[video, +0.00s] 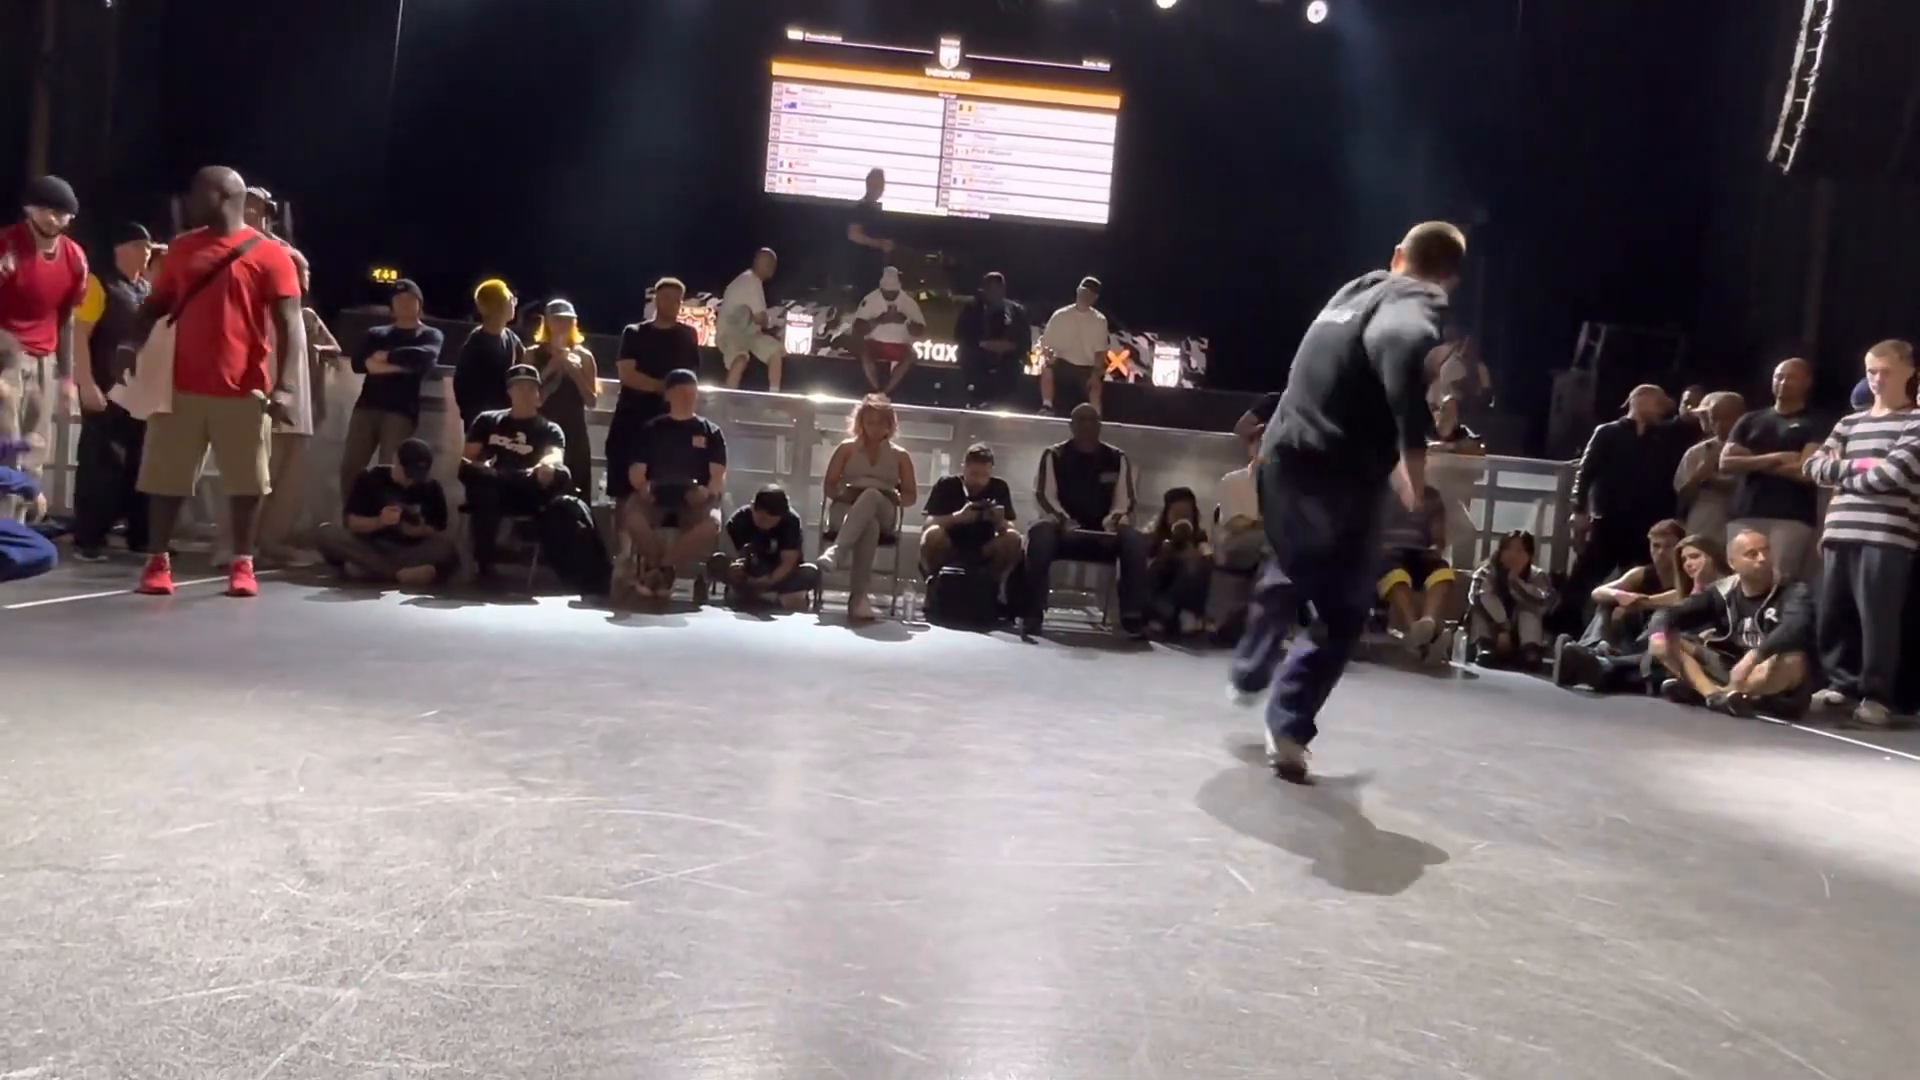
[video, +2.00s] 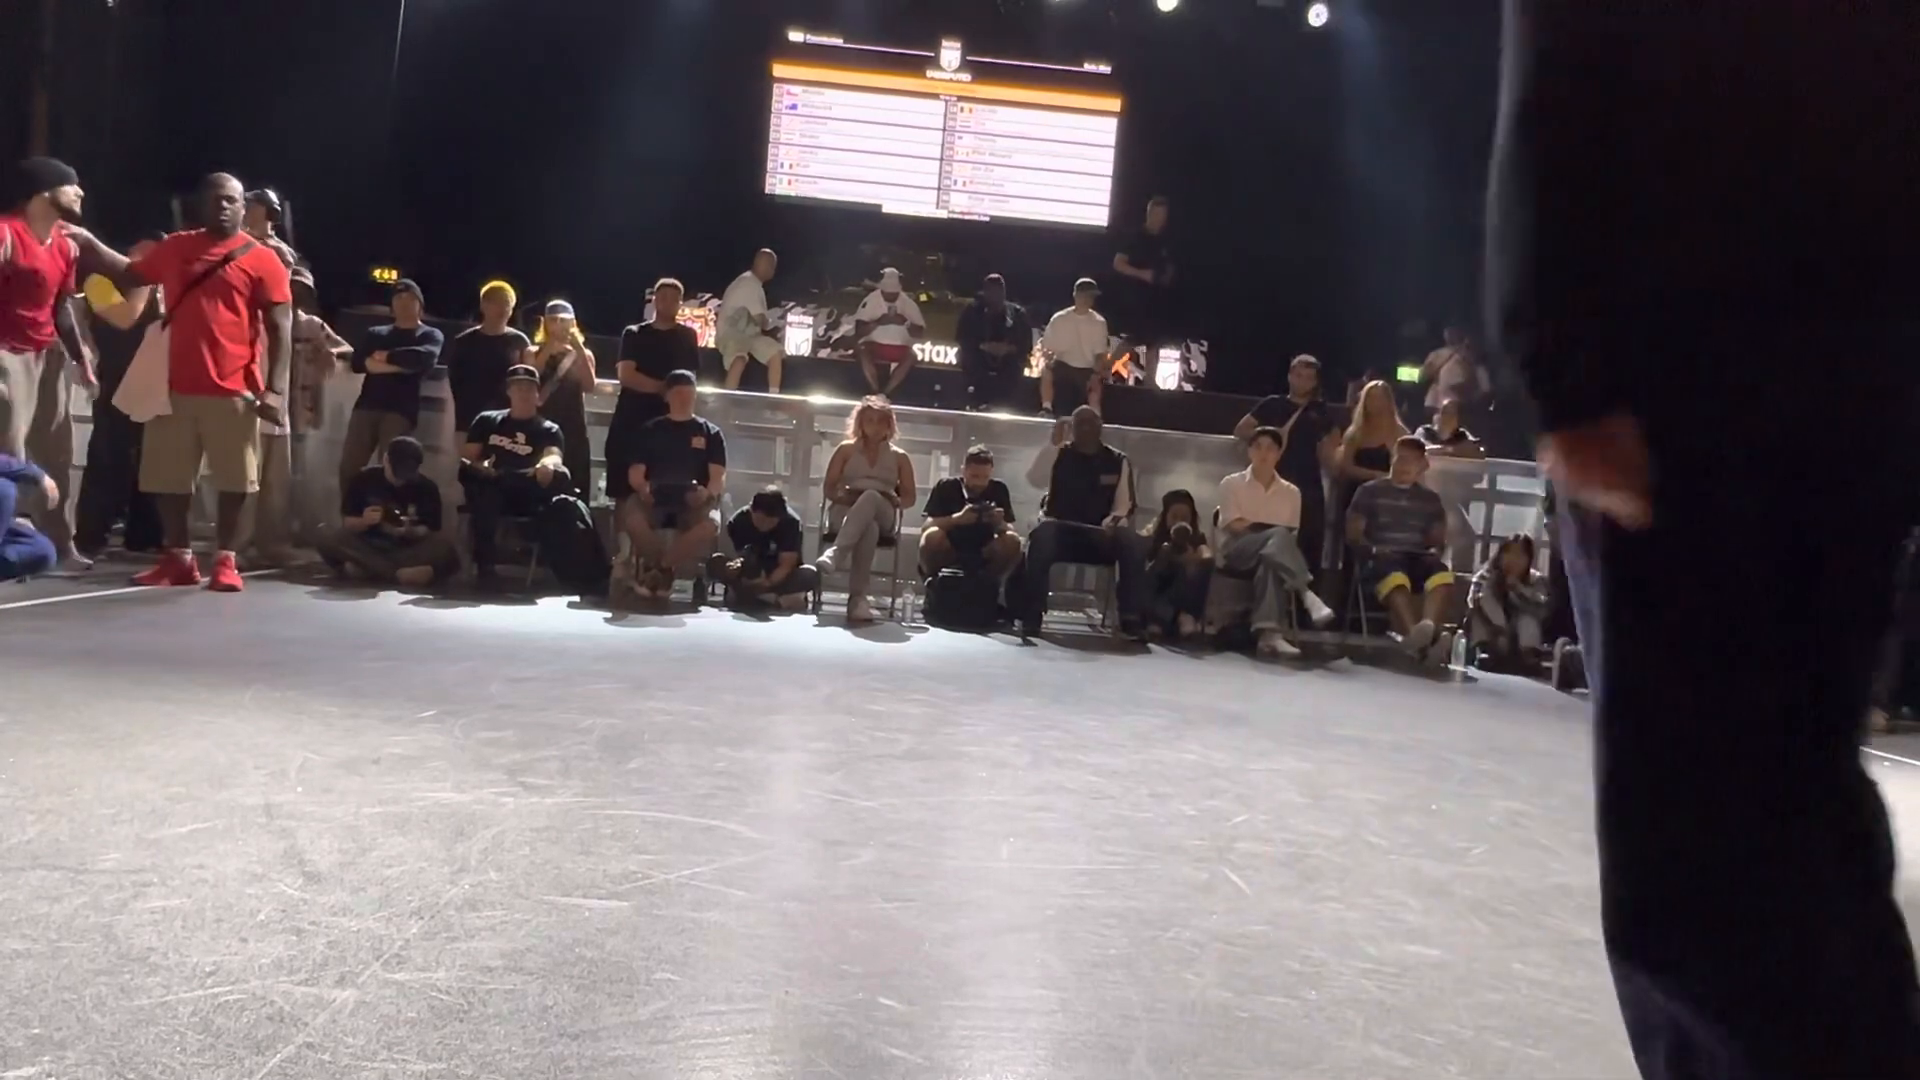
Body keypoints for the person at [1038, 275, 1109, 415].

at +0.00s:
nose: (1086, 294)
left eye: (1090, 291)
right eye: (1083, 289)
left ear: (1095, 297)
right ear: (1077, 291)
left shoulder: (1099, 320)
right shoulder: (1061, 315)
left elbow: (1100, 352)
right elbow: (1045, 341)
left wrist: (1096, 375)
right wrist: (1048, 355)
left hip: (1087, 365)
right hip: (1062, 361)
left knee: (1096, 381)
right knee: (1047, 370)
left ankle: (1095, 416)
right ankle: (1047, 406)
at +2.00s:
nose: (1087, 299)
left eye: (1090, 296)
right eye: (1083, 295)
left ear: (1093, 298)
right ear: (1075, 296)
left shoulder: (1099, 322)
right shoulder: (1059, 318)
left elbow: (1101, 354)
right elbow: (1046, 345)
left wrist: (1096, 375)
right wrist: (1048, 358)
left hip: (1088, 366)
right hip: (1063, 364)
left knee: (1096, 382)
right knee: (1047, 371)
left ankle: (1095, 416)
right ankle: (1046, 408)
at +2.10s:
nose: (1087, 300)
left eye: (1090, 296)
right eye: (1083, 295)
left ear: (1093, 298)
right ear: (1075, 296)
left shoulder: (1098, 323)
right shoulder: (1059, 319)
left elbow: (1100, 354)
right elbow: (1046, 346)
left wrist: (1095, 376)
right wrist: (1047, 359)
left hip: (1087, 367)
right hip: (1063, 364)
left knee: (1095, 381)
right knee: (1046, 371)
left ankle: (1094, 416)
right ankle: (1046, 408)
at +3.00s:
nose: (1073, 302)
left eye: (1076, 298)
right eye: (1069, 297)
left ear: (1080, 301)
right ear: (1061, 300)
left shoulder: (1086, 326)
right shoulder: (1046, 323)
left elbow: (1088, 358)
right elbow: (1034, 350)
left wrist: (1083, 382)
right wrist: (1035, 364)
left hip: (1075, 371)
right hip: (1051, 368)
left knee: (1083, 385)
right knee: (1034, 376)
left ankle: (1084, 419)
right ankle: (1035, 412)